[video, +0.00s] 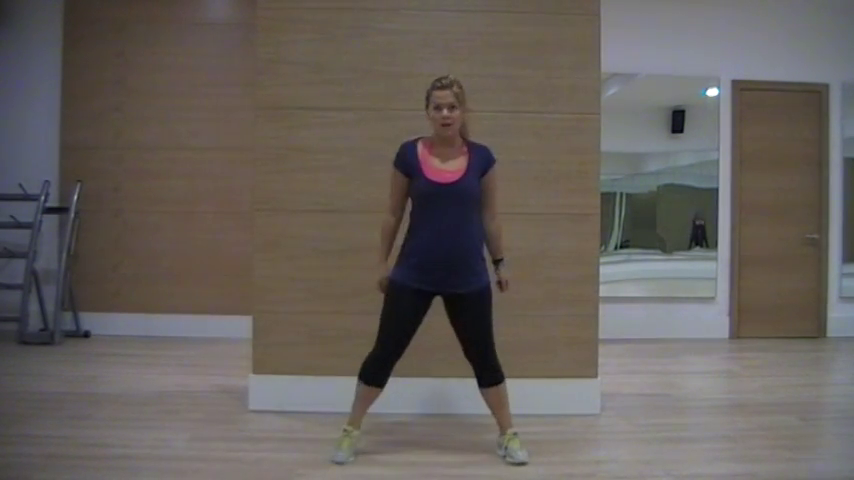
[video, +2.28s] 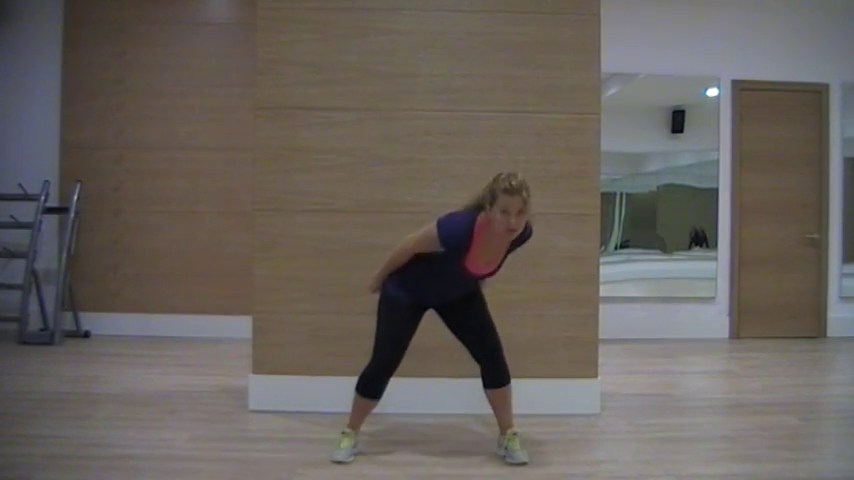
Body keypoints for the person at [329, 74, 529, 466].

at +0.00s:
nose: (445, 114)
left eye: (452, 107)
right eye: (437, 108)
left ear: (463, 111)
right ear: (427, 113)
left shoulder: (480, 157)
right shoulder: (410, 155)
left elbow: (490, 215)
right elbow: (394, 213)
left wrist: (500, 264)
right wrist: (383, 264)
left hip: (466, 272)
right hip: (415, 270)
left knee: (484, 356)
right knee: (385, 352)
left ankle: (508, 434)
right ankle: (351, 430)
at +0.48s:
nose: (393, 138)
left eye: (400, 131)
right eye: (386, 131)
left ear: (414, 135)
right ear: (377, 136)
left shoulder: (431, 178)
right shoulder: (367, 177)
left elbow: (453, 233)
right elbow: (365, 235)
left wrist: (475, 275)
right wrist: (360, 285)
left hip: (427, 289)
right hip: (377, 289)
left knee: (467, 364)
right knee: (347, 363)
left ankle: (506, 434)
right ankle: (346, 433)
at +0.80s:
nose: (375, 184)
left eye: (382, 177)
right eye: (368, 177)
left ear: (395, 181)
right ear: (358, 180)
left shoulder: (413, 218)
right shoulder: (349, 215)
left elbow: (440, 259)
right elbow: (354, 261)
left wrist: (462, 294)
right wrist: (357, 299)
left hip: (423, 303)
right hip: (373, 304)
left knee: (469, 365)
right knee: (341, 362)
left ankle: (506, 435)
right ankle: (346, 435)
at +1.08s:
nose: (387, 226)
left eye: (395, 219)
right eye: (380, 218)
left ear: (406, 221)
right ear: (369, 220)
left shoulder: (425, 251)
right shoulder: (356, 249)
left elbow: (451, 281)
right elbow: (352, 283)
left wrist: (467, 306)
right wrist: (351, 320)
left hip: (429, 311)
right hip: (380, 312)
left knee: (476, 367)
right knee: (347, 365)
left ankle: (507, 436)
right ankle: (346, 435)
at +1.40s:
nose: (428, 266)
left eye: (435, 258)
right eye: (420, 258)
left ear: (445, 258)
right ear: (406, 255)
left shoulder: (460, 280)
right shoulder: (385, 273)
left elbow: (468, 307)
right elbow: (361, 296)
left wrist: (468, 327)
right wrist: (355, 323)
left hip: (442, 320)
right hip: (388, 318)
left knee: (484, 366)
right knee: (358, 369)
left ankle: (507, 435)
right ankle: (347, 434)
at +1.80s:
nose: (483, 269)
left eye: (489, 260)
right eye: (474, 261)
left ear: (497, 256)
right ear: (458, 257)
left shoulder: (503, 274)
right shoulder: (430, 266)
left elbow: (484, 289)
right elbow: (388, 275)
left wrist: (481, 303)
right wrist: (365, 302)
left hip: (452, 314)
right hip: (402, 307)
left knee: (493, 361)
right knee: (372, 368)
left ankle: (509, 436)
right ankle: (348, 435)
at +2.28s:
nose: (513, 221)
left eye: (520, 214)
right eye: (505, 213)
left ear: (528, 213)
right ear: (488, 210)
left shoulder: (522, 234)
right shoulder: (457, 228)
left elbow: (482, 257)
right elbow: (409, 246)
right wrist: (380, 277)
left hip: (459, 290)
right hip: (409, 287)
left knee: (492, 357)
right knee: (384, 362)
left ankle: (508, 436)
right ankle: (350, 434)